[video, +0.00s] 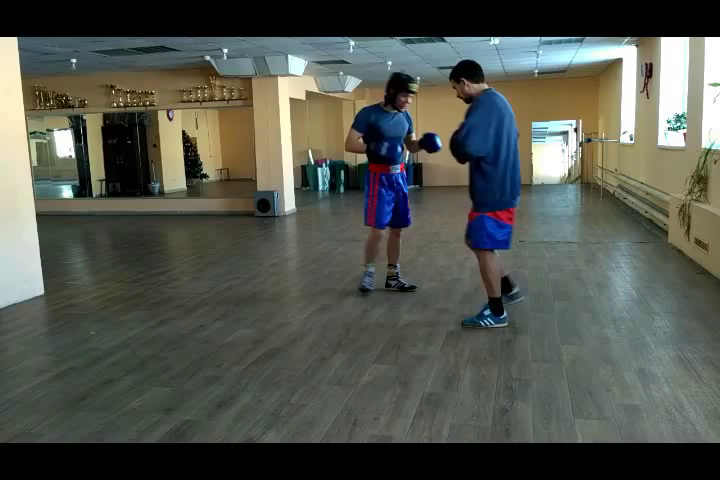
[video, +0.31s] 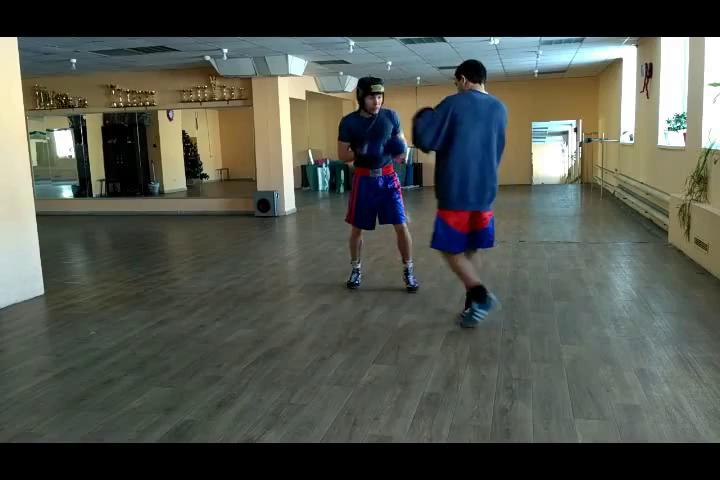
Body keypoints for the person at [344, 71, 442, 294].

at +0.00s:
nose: (408, 101)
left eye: (410, 96)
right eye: (405, 96)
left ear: (409, 96)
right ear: (392, 93)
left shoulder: (405, 117)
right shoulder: (369, 114)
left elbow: (410, 146)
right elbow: (350, 145)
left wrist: (423, 144)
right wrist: (371, 147)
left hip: (399, 177)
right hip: (378, 177)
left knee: (396, 229)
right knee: (379, 229)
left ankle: (393, 277)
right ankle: (368, 273)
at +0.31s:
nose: (377, 102)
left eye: (379, 97)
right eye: (372, 97)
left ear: (383, 97)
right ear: (360, 98)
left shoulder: (390, 117)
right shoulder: (349, 122)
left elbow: (402, 148)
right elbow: (343, 155)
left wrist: (399, 148)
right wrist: (360, 152)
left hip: (388, 177)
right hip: (363, 179)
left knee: (401, 226)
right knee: (357, 228)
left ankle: (409, 270)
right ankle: (355, 269)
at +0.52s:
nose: (380, 98)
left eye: (383, 94)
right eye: (375, 94)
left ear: (387, 95)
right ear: (365, 94)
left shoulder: (391, 113)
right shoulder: (353, 115)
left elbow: (406, 134)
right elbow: (346, 142)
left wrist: (409, 109)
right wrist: (358, 116)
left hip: (388, 174)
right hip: (364, 175)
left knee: (401, 226)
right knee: (357, 226)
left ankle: (414, 272)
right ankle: (355, 268)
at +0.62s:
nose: (382, 97)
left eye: (385, 92)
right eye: (378, 93)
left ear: (392, 93)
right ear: (371, 95)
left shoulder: (397, 111)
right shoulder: (361, 114)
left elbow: (412, 130)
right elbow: (357, 136)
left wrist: (413, 101)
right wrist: (366, 108)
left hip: (394, 174)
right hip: (369, 174)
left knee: (404, 229)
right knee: (360, 227)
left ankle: (414, 274)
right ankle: (355, 269)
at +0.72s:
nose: (395, 95)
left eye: (399, 90)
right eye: (392, 89)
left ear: (403, 92)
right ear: (383, 90)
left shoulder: (407, 111)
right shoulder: (371, 111)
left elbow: (417, 131)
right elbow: (366, 132)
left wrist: (409, 103)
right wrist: (380, 106)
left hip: (402, 173)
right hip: (377, 174)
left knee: (410, 226)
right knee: (364, 224)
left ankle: (415, 272)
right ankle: (357, 266)